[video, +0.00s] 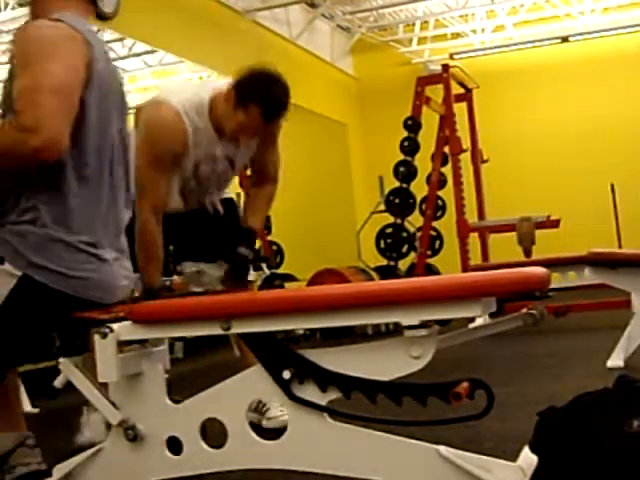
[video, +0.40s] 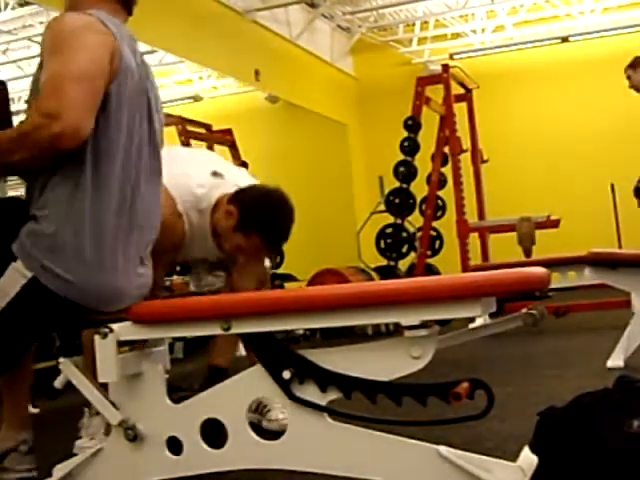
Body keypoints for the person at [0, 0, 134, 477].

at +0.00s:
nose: (25, 4)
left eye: (29, 2)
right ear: (91, 5)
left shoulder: (49, 35)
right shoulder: (98, 56)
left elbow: (42, 137)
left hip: (50, 270)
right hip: (96, 270)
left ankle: (13, 445)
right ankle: (13, 445)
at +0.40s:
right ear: (128, 6)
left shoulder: (81, 26)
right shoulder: (134, 55)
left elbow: (64, 126)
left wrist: (5, 151)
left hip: (64, 268)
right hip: (123, 273)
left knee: (10, 339)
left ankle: (14, 443)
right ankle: (13, 441)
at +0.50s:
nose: (49, 7)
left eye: (55, 3)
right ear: (110, 8)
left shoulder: (67, 30)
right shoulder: (119, 63)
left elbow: (54, 120)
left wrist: (3, 150)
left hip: (67, 267)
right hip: (119, 271)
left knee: (7, 348)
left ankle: (8, 450)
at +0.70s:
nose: (33, 2)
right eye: (113, 12)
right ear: (99, 8)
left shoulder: (44, 31)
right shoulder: (94, 59)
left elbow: (22, 111)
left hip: (37, 269)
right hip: (94, 270)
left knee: (3, 348)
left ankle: (7, 449)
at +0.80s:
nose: (36, 3)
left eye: (42, 0)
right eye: (116, 9)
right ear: (102, 7)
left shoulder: (47, 31)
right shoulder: (105, 64)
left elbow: (14, 114)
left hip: (30, 273)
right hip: (87, 274)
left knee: (3, 357)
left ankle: (8, 448)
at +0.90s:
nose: (46, 9)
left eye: (49, 5)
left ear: (59, 1)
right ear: (109, 13)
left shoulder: (48, 37)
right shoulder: (117, 80)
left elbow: (10, 122)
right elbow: (106, 172)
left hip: (26, 273)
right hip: (90, 275)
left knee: (1, 352)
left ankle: (7, 449)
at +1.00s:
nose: (48, 11)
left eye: (51, 7)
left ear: (61, 4)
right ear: (112, 16)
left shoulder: (50, 41)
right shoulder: (128, 87)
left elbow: (16, 130)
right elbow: (121, 177)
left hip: (32, 271)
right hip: (105, 276)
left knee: (8, 360)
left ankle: (7, 450)